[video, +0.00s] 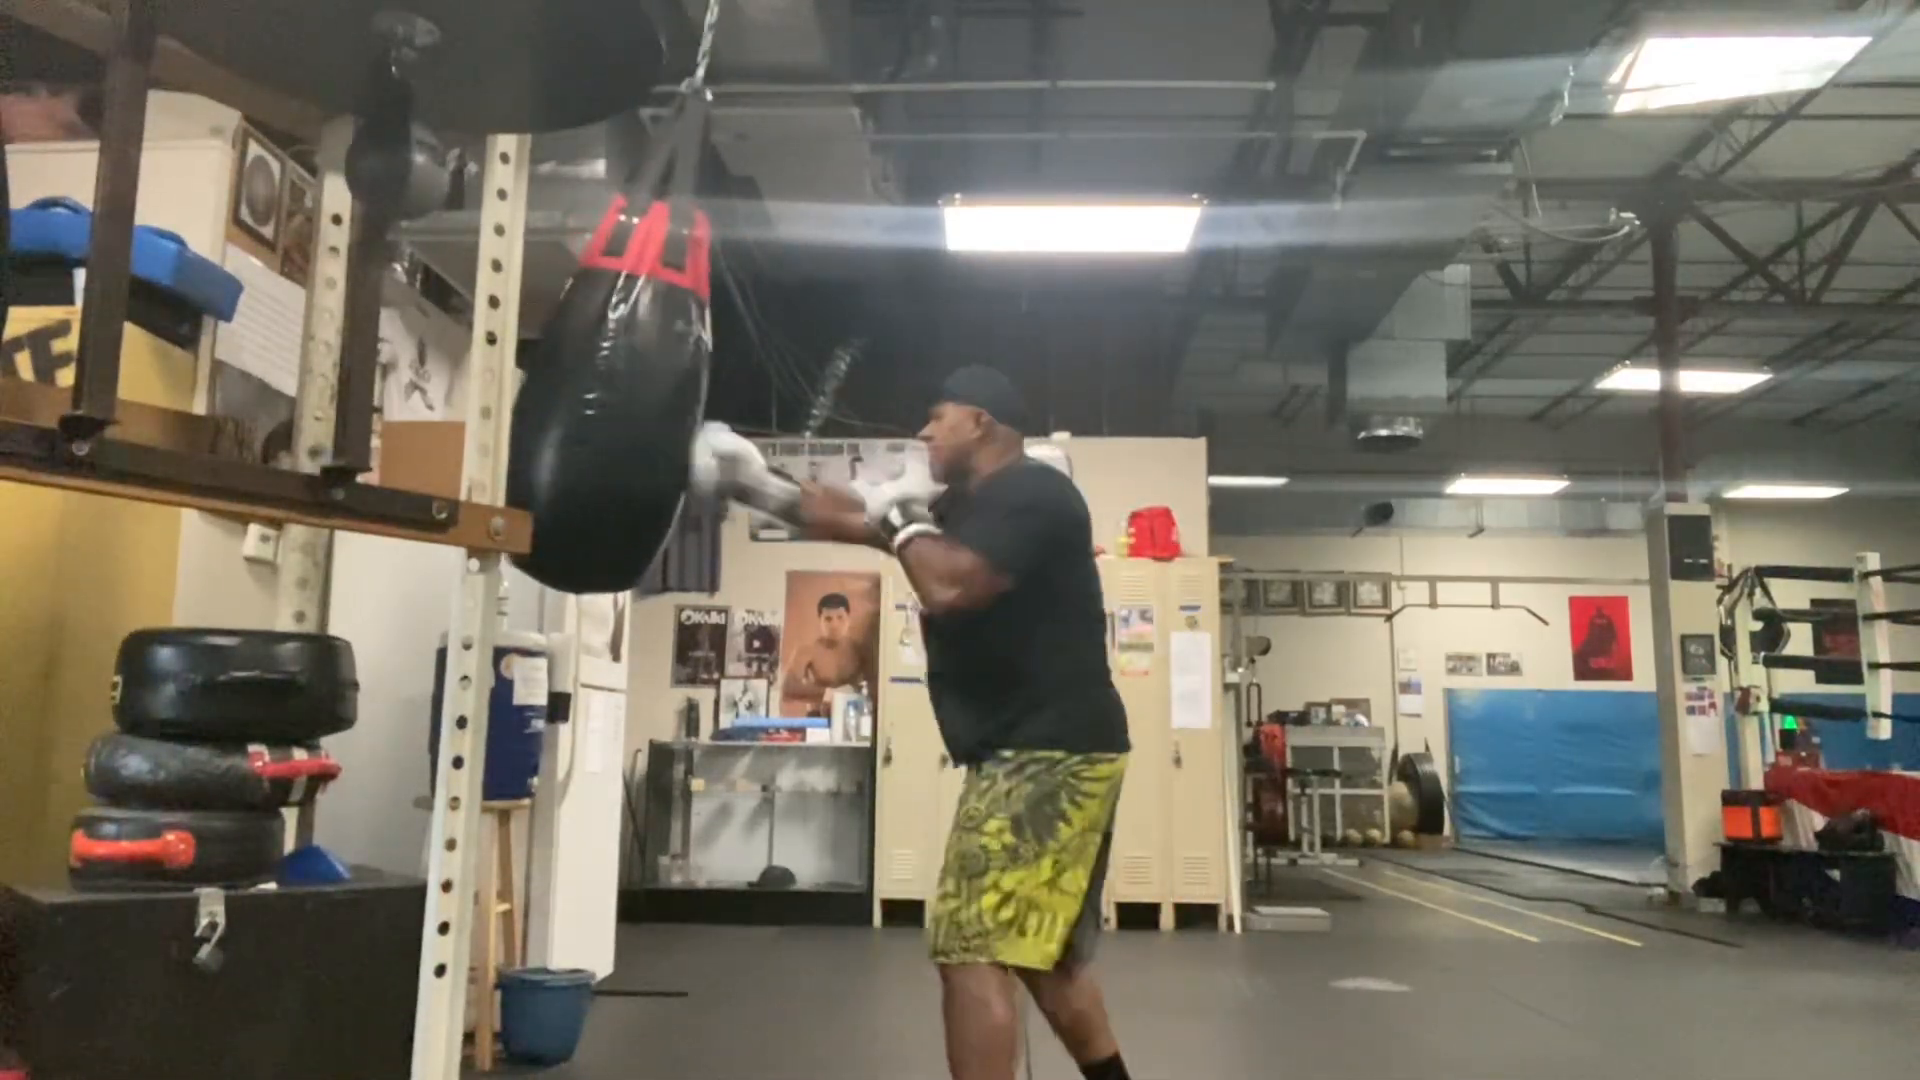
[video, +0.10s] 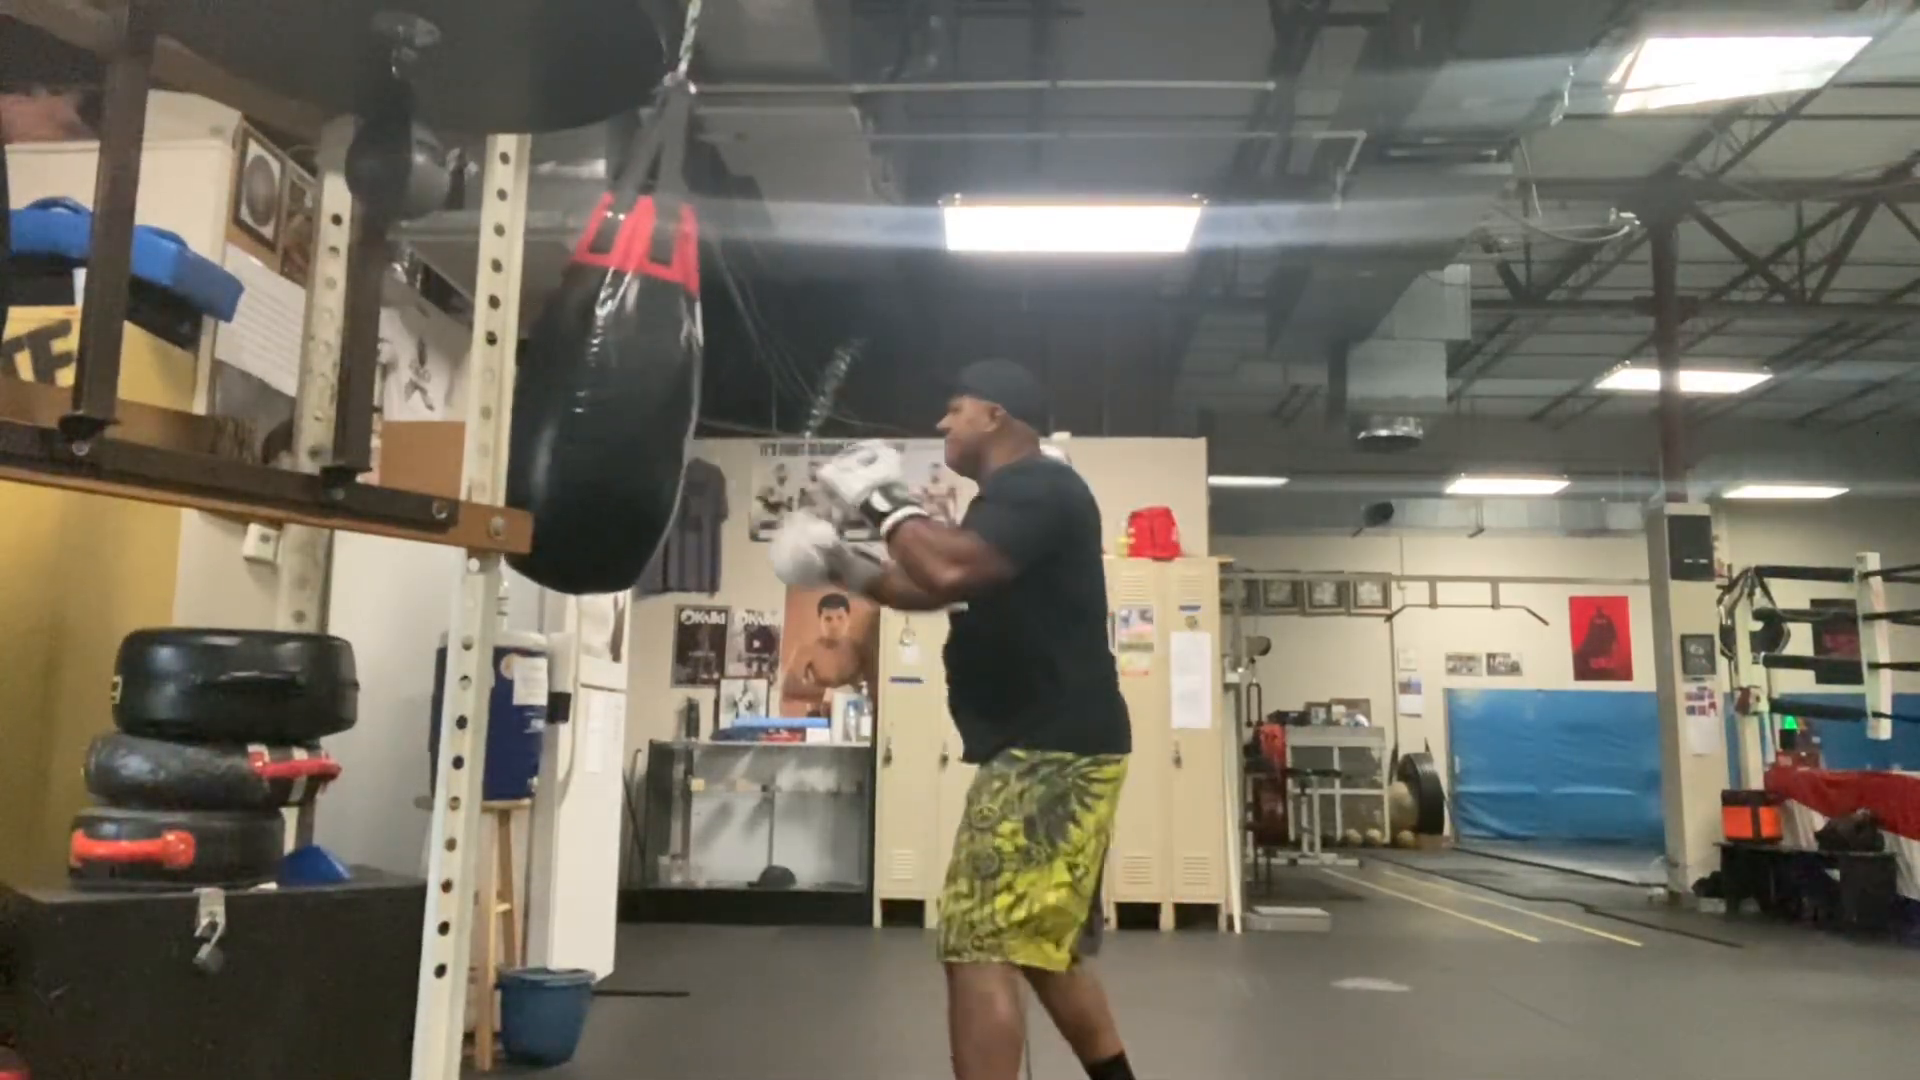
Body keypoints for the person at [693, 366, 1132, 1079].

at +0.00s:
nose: (926, 435)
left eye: (938, 419)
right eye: (929, 421)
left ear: (980, 422)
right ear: (979, 426)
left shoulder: (1033, 493)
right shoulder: (973, 504)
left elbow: (950, 584)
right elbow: (868, 519)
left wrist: (905, 518)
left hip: (1048, 752)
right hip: (1035, 750)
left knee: (967, 942)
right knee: (1050, 956)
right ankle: (1110, 1073)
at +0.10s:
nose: (942, 423)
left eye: (954, 407)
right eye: (946, 409)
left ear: (997, 416)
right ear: (1002, 420)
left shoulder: (1043, 489)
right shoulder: (1010, 500)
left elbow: (949, 568)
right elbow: (928, 590)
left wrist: (886, 505)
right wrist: (839, 562)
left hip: (1046, 748)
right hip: (1051, 747)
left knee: (975, 943)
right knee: (1044, 942)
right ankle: (1116, 1076)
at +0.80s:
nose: (965, 425)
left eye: (977, 409)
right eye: (968, 410)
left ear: (1024, 411)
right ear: (1026, 414)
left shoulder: (1068, 488)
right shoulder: (1043, 487)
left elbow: (1020, 605)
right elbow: (1006, 589)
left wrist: (944, 527)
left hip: (1097, 746)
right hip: (1107, 743)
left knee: (1041, 949)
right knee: (1108, 942)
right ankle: (1164, 1070)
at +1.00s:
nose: (975, 443)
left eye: (983, 427)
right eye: (976, 428)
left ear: (1023, 426)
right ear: (1053, 427)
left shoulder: (1025, 501)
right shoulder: (1127, 495)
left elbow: (952, 611)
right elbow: (1077, 614)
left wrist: (910, 540)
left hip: (1095, 754)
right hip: (1166, 743)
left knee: (1020, 970)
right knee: (1142, 946)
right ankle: (1177, 1073)